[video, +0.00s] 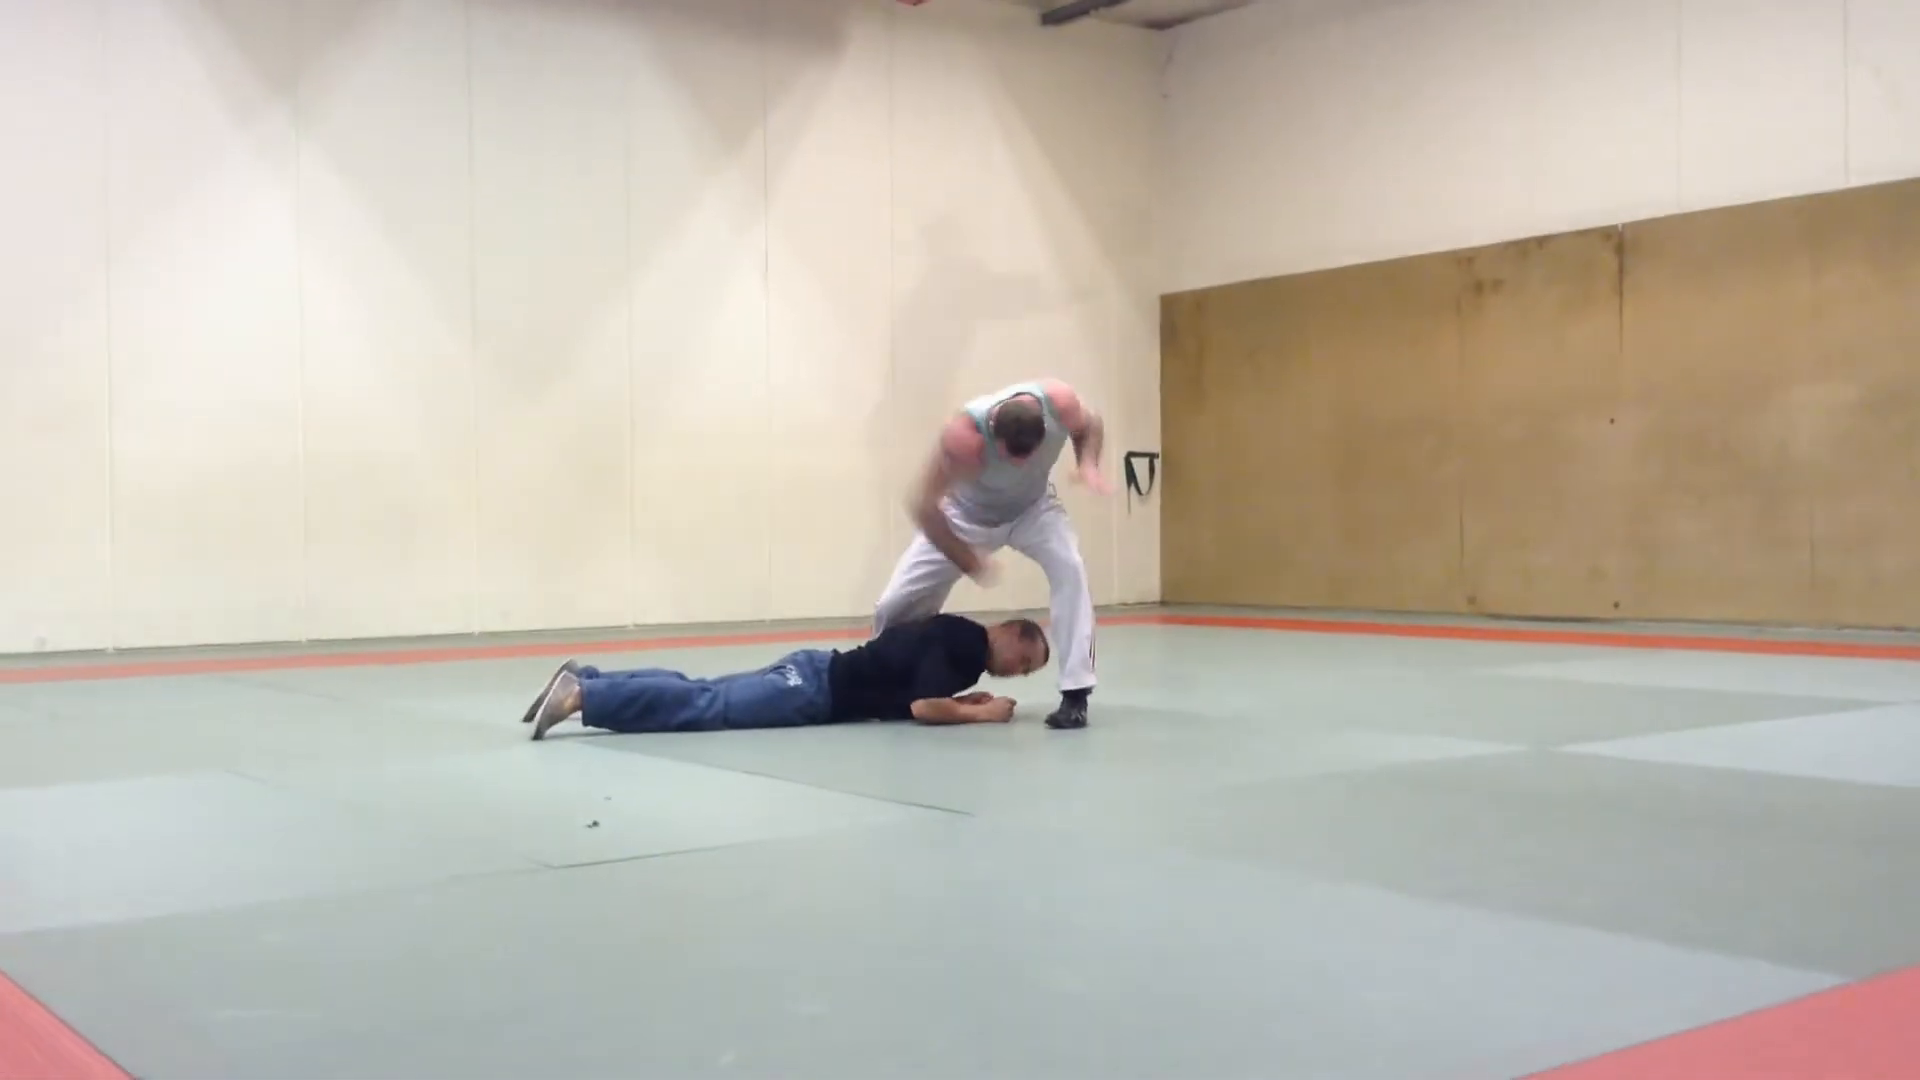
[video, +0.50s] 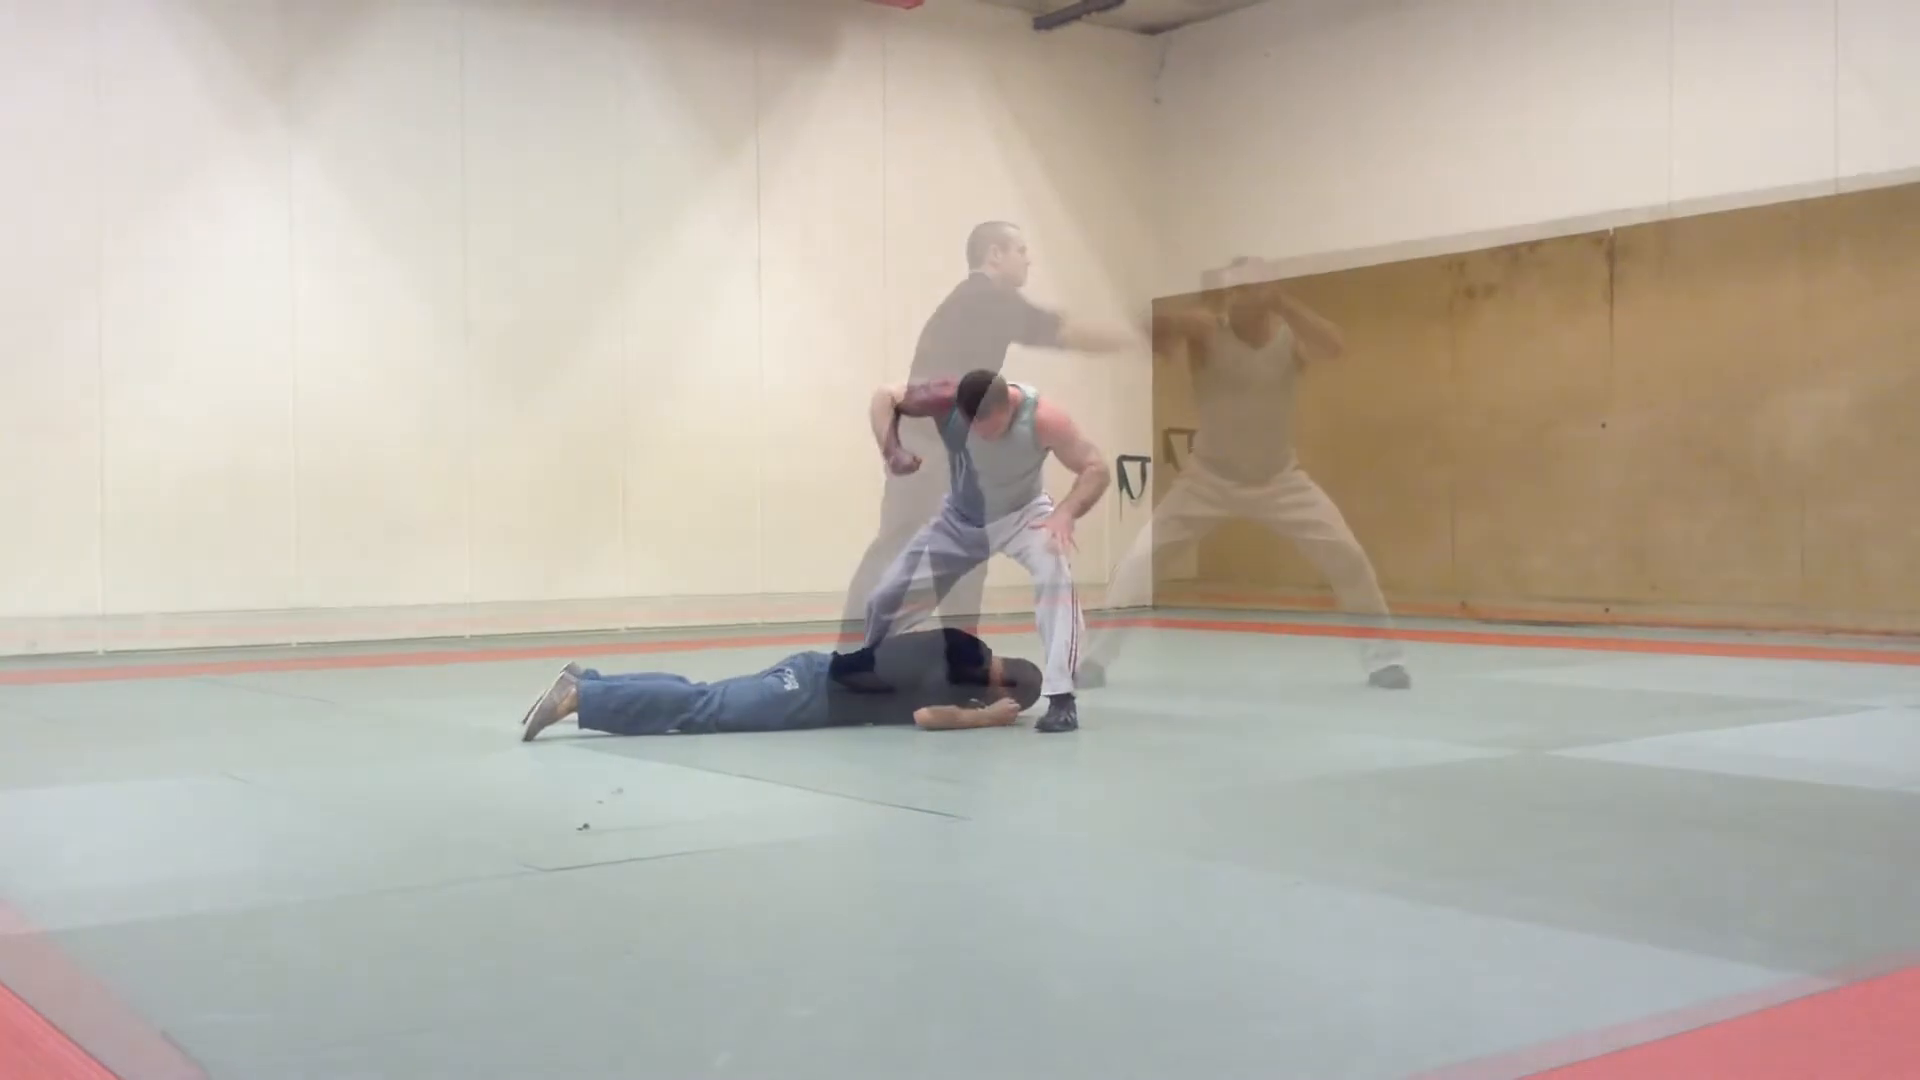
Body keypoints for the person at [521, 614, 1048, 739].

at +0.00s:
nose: (1022, 658)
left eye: (1030, 659)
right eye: (1025, 647)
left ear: (1020, 658)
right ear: (1009, 629)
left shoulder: (960, 642)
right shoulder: (959, 641)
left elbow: (919, 699)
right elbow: (919, 706)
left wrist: (972, 705)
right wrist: (979, 712)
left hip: (818, 677)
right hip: (815, 688)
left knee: (708, 694)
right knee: (705, 706)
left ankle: (586, 682)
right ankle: (581, 698)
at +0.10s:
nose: (1012, 687)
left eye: (1018, 681)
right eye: (1019, 679)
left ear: (1004, 647)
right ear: (1010, 655)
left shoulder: (961, 647)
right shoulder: (955, 649)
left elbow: (928, 705)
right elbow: (924, 712)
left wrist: (977, 709)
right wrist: (983, 716)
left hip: (818, 682)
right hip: (815, 689)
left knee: (709, 699)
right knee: (706, 708)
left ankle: (586, 685)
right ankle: (582, 699)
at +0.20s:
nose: (1005, 687)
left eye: (1010, 682)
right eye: (1011, 683)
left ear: (999, 651)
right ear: (1005, 667)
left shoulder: (963, 650)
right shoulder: (950, 652)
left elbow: (939, 704)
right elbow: (928, 712)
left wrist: (980, 709)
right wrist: (985, 715)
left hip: (817, 685)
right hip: (813, 687)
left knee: (707, 700)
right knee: (705, 707)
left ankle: (584, 685)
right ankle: (580, 696)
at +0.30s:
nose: (1005, 694)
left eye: (1008, 688)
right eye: (1010, 692)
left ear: (998, 657)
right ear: (1004, 677)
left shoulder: (965, 651)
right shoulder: (954, 658)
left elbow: (943, 702)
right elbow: (929, 712)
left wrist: (981, 706)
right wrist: (986, 714)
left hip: (817, 682)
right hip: (813, 688)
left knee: (706, 698)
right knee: (705, 706)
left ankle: (583, 684)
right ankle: (580, 694)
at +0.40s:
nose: (1006, 704)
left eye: (1010, 697)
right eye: (1011, 700)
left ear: (994, 663)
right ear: (1001, 682)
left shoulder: (962, 654)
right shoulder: (954, 667)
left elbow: (939, 706)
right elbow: (925, 716)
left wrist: (983, 707)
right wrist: (985, 715)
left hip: (815, 681)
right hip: (813, 689)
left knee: (707, 698)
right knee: (706, 706)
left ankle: (584, 686)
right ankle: (581, 695)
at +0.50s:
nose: (1006, 703)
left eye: (1009, 696)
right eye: (1010, 700)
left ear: (995, 668)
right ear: (999, 684)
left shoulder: (959, 656)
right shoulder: (952, 676)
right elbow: (923, 716)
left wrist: (983, 695)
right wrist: (986, 715)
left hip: (814, 677)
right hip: (811, 689)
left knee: (707, 698)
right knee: (705, 707)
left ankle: (585, 685)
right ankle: (580, 697)